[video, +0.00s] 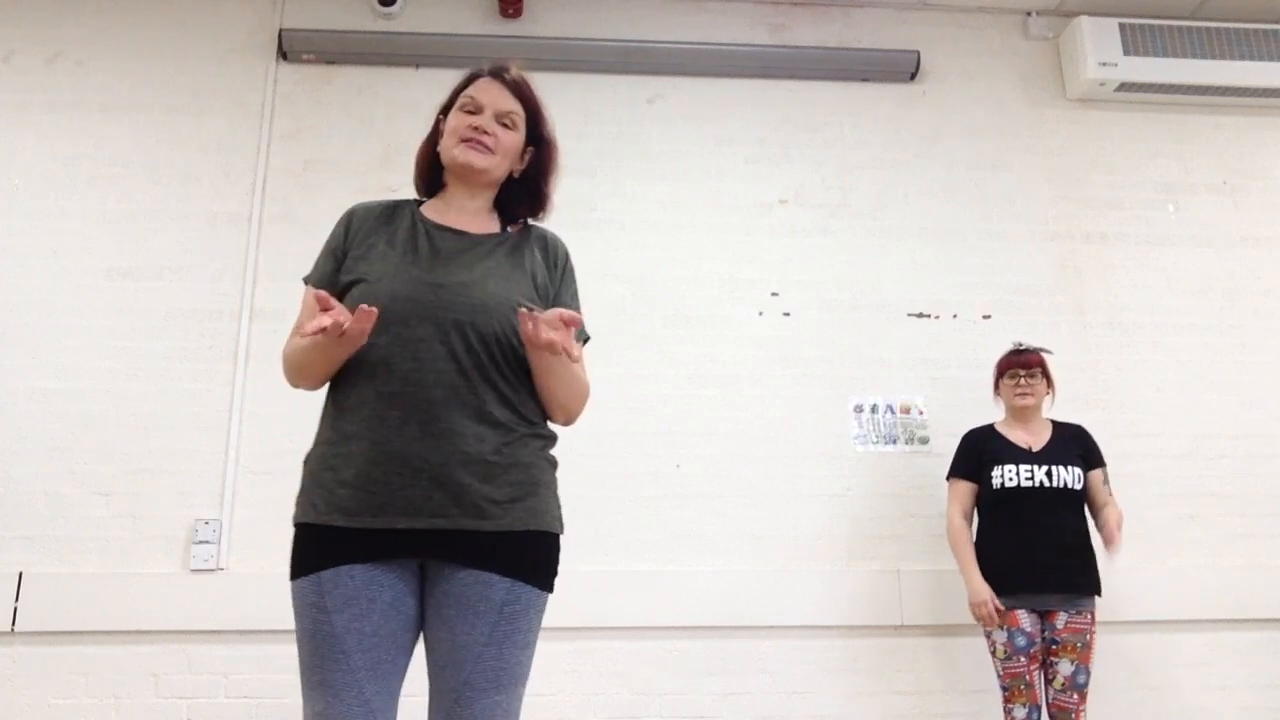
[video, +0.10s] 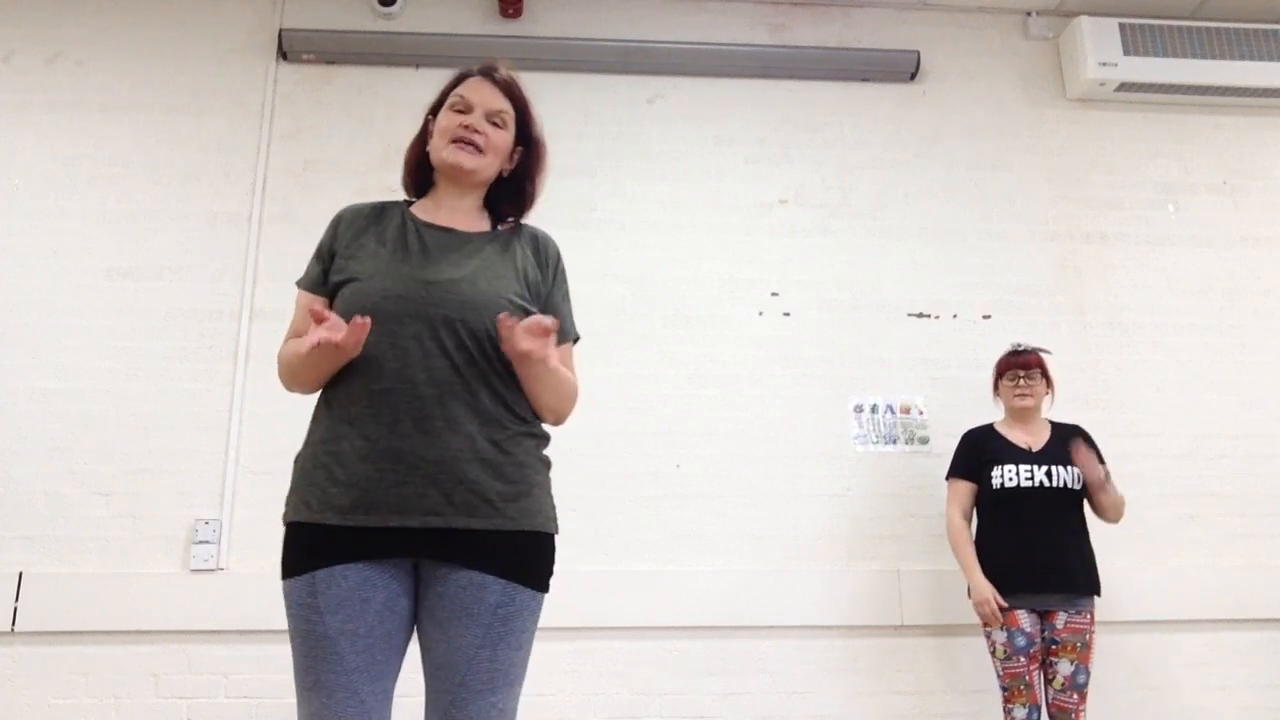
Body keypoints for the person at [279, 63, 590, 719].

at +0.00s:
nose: (483, 124)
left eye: (506, 121)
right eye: (469, 109)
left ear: (523, 156)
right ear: (440, 129)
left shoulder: (543, 254)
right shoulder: (364, 226)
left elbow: (567, 408)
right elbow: (299, 370)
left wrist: (549, 352)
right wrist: (331, 344)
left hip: (499, 524)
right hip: (352, 516)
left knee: (478, 714)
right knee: (344, 712)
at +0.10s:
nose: (473, 123)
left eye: (496, 120)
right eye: (460, 109)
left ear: (513, 156)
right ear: (429, 128)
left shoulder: (534, 253)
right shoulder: (354, 227)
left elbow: (558, 407)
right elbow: (293, 371)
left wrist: (533, 362)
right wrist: (325, 353)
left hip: (494, 523)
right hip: (344, 515)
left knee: (476, 714)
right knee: (339, 712)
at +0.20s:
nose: (463, 125)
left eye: (486, 121)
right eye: (451, 110)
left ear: (503, 157)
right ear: (420, 129)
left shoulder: (527, 251)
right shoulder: (345, 228)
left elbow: (556, 403)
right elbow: (287, 365)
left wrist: (521, 362)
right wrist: (319, 362)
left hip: (490, 525)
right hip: (338, 519)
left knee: (474, 714)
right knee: (337, 713)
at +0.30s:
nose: (457, 129)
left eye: (479, 124)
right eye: (443, 112)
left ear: (495, 158)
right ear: (411, 130)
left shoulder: (520, 251)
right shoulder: (337, 231)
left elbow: (553, 401)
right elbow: (279, 369)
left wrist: (513, 359)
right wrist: (318, 364)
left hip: (488, 526)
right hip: (336, 520)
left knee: (473, 714)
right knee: (337, 713)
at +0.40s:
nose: (453, 128)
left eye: (475, 125)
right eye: (439, 112)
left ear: (489, 161)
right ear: (405, 130)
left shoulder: (514, 250)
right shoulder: (330, 232)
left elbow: (549, 400)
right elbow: (274, 371)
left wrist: (514, 363)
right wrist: (316, 366)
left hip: (488, 524)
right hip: (336, 519)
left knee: (474, 714)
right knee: (336, 713)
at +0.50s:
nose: (449, 125)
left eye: (471, 123)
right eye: (435, 110)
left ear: (485, 159)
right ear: (401, 128)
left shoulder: (511, 248)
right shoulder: (326, 232)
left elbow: (548, 396)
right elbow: (272, 374)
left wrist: (511, 361)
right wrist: (314, 367)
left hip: (487, 523)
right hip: (336, 519)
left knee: (473, 714)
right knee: (337, 713)